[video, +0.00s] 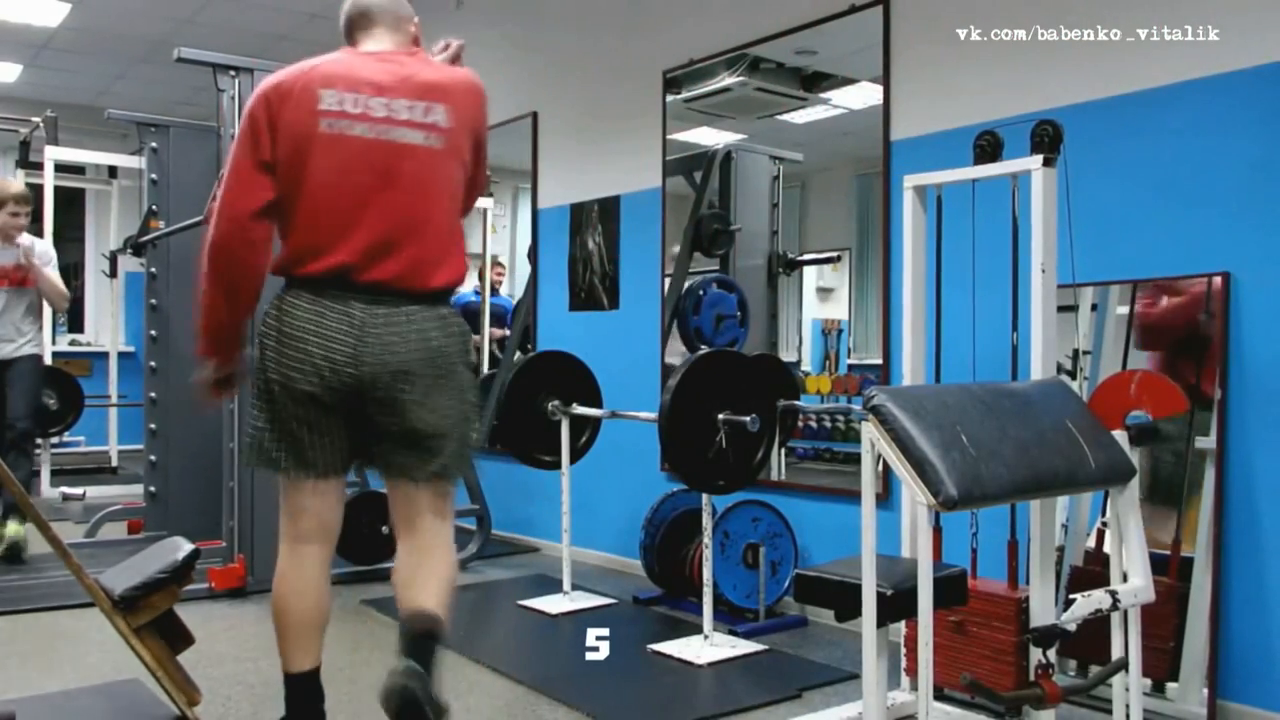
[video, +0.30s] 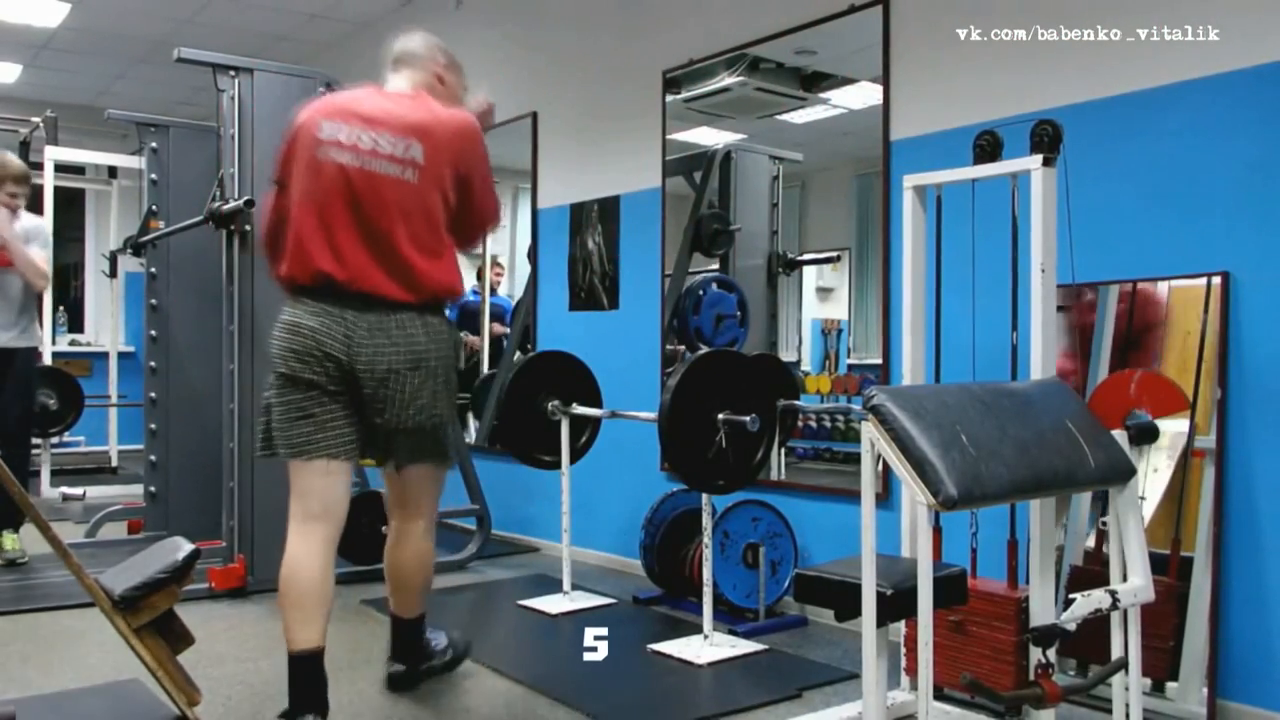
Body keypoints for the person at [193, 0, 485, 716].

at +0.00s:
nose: (424, 40)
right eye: (421, 32)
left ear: (344, 32)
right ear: (419, 34)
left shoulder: (283, 90)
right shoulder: (462, 94)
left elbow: (234, 225)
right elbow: (466, 190)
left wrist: (220, 349)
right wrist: (446, 83)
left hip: (307, 326)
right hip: (419, 331)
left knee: (306, 535)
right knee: (424, 520)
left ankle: (303, 709)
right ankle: (417, 665)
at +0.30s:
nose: (457, 102)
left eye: (456, 93)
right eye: (458, 92)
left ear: (390, 71)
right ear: (441, 77)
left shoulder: (315, 114)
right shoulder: (454, 127)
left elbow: (275, 230)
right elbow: (473, 227)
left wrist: (310, 286)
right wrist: (465, 136)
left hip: (311, 326)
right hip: (409, 335)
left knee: (311, 522)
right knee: (411, 513)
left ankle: (306, 704)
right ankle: (408, 654)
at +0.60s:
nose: (501, 125)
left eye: (501, 117)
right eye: (503, 116)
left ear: (445, 93)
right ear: (489, 103)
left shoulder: (367, 137)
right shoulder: (501, 162)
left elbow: (317, 238)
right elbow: (517, 274)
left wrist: (332, 316)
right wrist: (470, 277)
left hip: (373, 332)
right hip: (456, 339)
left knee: (363, 472)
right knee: (434, 502)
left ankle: (341, 583)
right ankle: (415, 653)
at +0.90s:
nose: (519, 152)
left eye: (520, 145)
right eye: (521, 144)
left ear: (468, 123)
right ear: (508, 131)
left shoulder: (402, 165)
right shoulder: (519, 170)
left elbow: (350, 256)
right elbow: (537, 274)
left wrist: (365, 350)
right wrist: (550, 372)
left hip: (412, 335)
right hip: (483, 340)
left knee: (436, 481)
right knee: (453, 497)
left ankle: (454, 594)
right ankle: (415, 648)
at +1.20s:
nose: (546, 174)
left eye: (551, 167)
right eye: (548, 164)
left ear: (510, 138)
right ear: (530, 142)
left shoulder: (450, 179)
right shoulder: (519, 170)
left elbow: (430, 274)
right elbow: (539, 264)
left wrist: (450, 330)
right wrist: (585, 354)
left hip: (444, 333)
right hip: (498, 328)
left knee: (480, 472)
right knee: (561, 464)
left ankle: (469, 606)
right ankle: (487, 573)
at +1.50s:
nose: (591, 188)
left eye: (596, 182)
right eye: (594, 178)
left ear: (563, 145)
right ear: (583, 156)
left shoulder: (506, 177)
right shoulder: (559, 185)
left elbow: (499, 272)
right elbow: (579, 284)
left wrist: (561, 341)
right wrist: (616, 368)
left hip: (475, 328)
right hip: (526, 331)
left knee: (491, 472)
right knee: (572, 473)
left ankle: (471, 604)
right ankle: (598, 609)